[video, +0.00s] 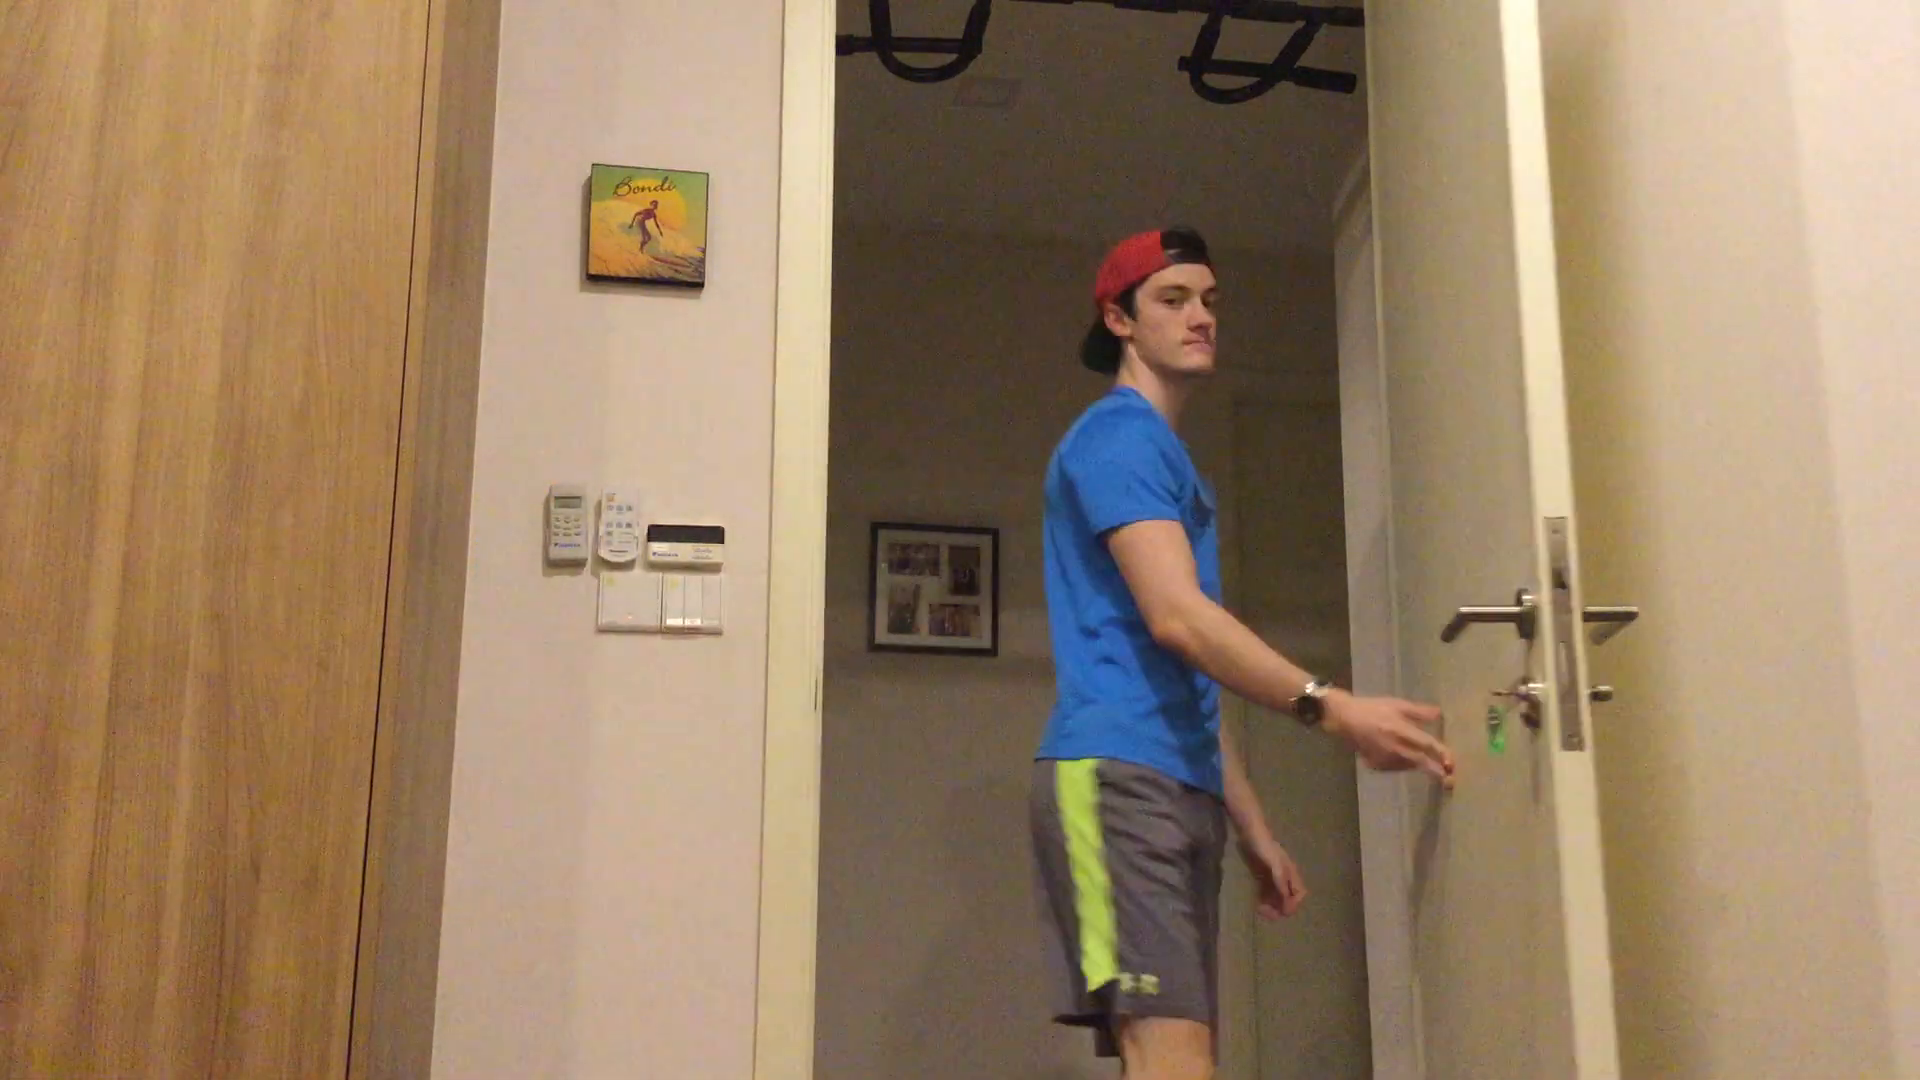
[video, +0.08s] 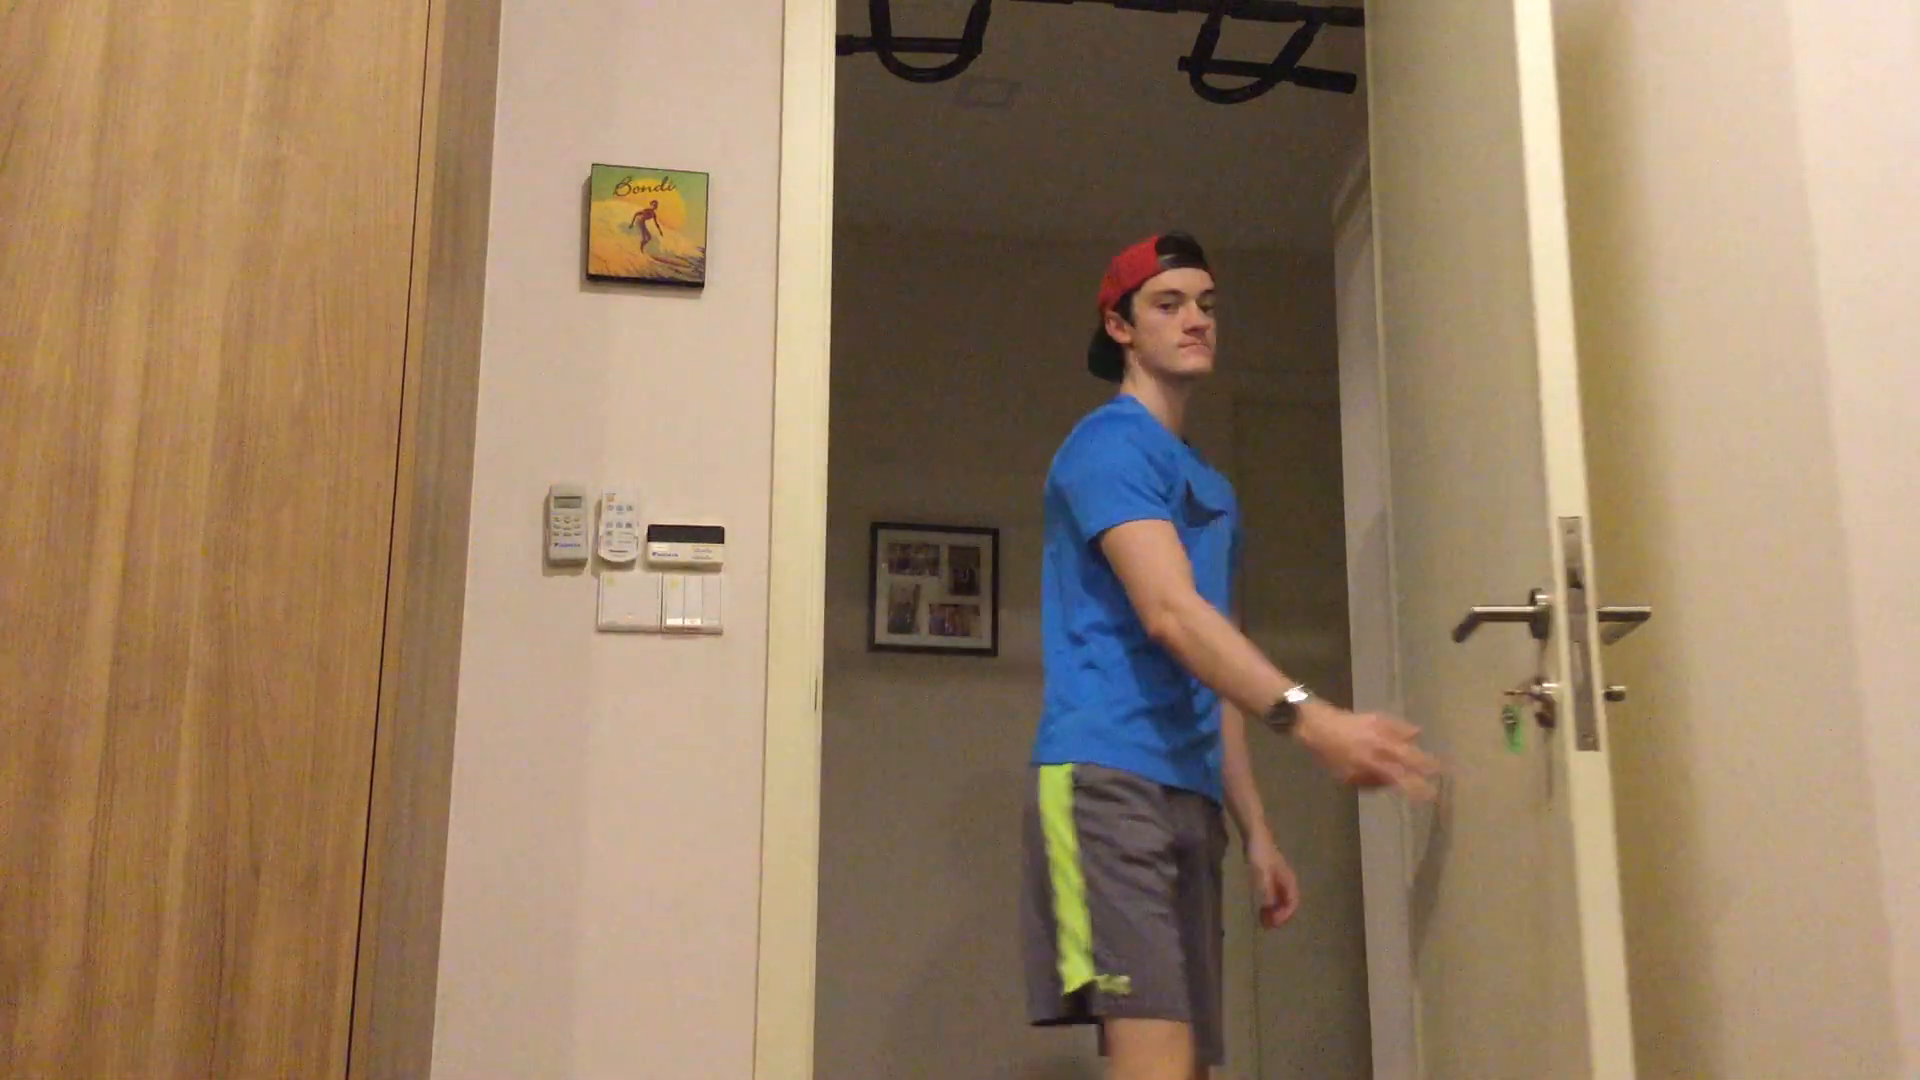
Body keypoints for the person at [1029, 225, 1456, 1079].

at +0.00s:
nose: (1202, 314)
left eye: (1209, 299)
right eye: (1174, 299)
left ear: (1219, 315)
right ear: (1123, 324)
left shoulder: (1175, 467)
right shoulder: (1118, 434)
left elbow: (1191, 685)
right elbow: (1176, 615)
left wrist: (1250, 827)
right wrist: (1336, 710)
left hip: (1173, 789)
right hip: (1119, 778)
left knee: (1175, 1055)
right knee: (1171, 1055)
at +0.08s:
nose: (1197, 317)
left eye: (1206, 303)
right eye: (1170, 303)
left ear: (1220, 324)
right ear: (1123, 331)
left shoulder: (1210, 490)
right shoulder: (1110, 442)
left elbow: (1214, 674)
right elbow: (1173, 615)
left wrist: (1255, 832)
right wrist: (1309, 716)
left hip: (1185, 795)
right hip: (1106, 783)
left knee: (1188, 1056)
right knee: (1150, 1052)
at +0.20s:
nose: (1178, 326)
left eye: (1190, 311)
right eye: (1150, 315)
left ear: (1206, 333)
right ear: (1113, 345)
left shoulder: (1229, 500)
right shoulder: (1096, 455)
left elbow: (1228, 682)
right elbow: (1129, 617)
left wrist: (1244, 842)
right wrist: (1242, 735)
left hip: (1197, 805)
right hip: (1094, 793)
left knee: (1186, 1059)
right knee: (1107, 1051)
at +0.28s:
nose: (1160, 333)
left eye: (1174, 317)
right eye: (1134, 323)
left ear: (1196, 338)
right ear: (1102, 351)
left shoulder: (1233, 504)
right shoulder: (1082, 464)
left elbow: (1230, 681)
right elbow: (1089, 635)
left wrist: (1236, 836)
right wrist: (1191, 760)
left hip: (1197, 804)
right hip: (1090, 799)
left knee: (1184, 1056)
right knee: (1081, 1052)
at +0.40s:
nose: (1130, 342)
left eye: (1146, 325)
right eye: (1105, 332)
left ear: (1173, 343)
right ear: (1079, 361)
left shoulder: (1221, 508)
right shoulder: (1053, 480)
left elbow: (1225, 686)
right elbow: (1037, 658)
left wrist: (1238, 842)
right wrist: (1094, 803)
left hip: (1194, 824)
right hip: (1075, 816)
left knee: (1184, 1063)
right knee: (1055, 1058)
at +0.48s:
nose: (1108, 351)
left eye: (1126, 333)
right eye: (1085, 340)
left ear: (1153, 352)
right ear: (1063, 368)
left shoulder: (1209, 513)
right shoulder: (1031, 492)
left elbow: (1224, 685)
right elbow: (1010, 669)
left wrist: (1248, 840)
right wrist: (1034, 815)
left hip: (1181, 823)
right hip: (1064, 818)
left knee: (1182, 1061)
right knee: (1045, 1058)